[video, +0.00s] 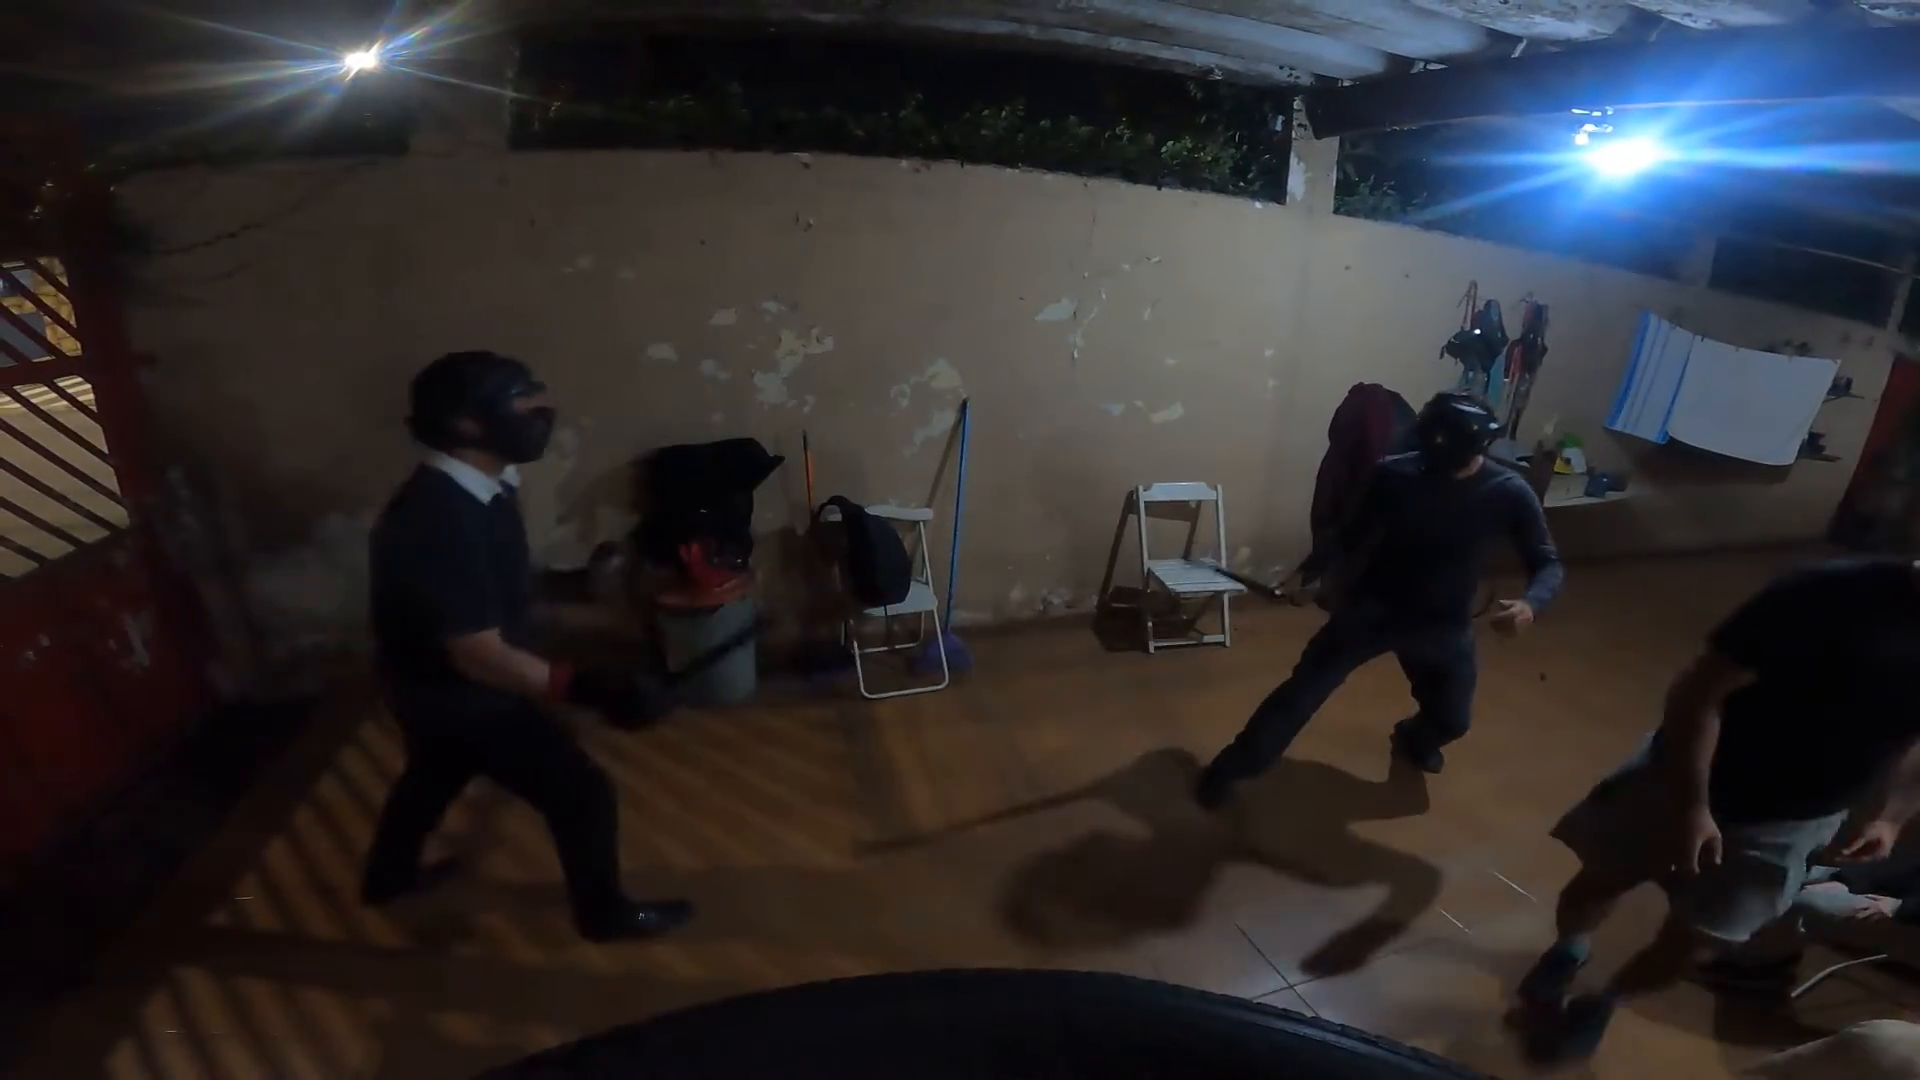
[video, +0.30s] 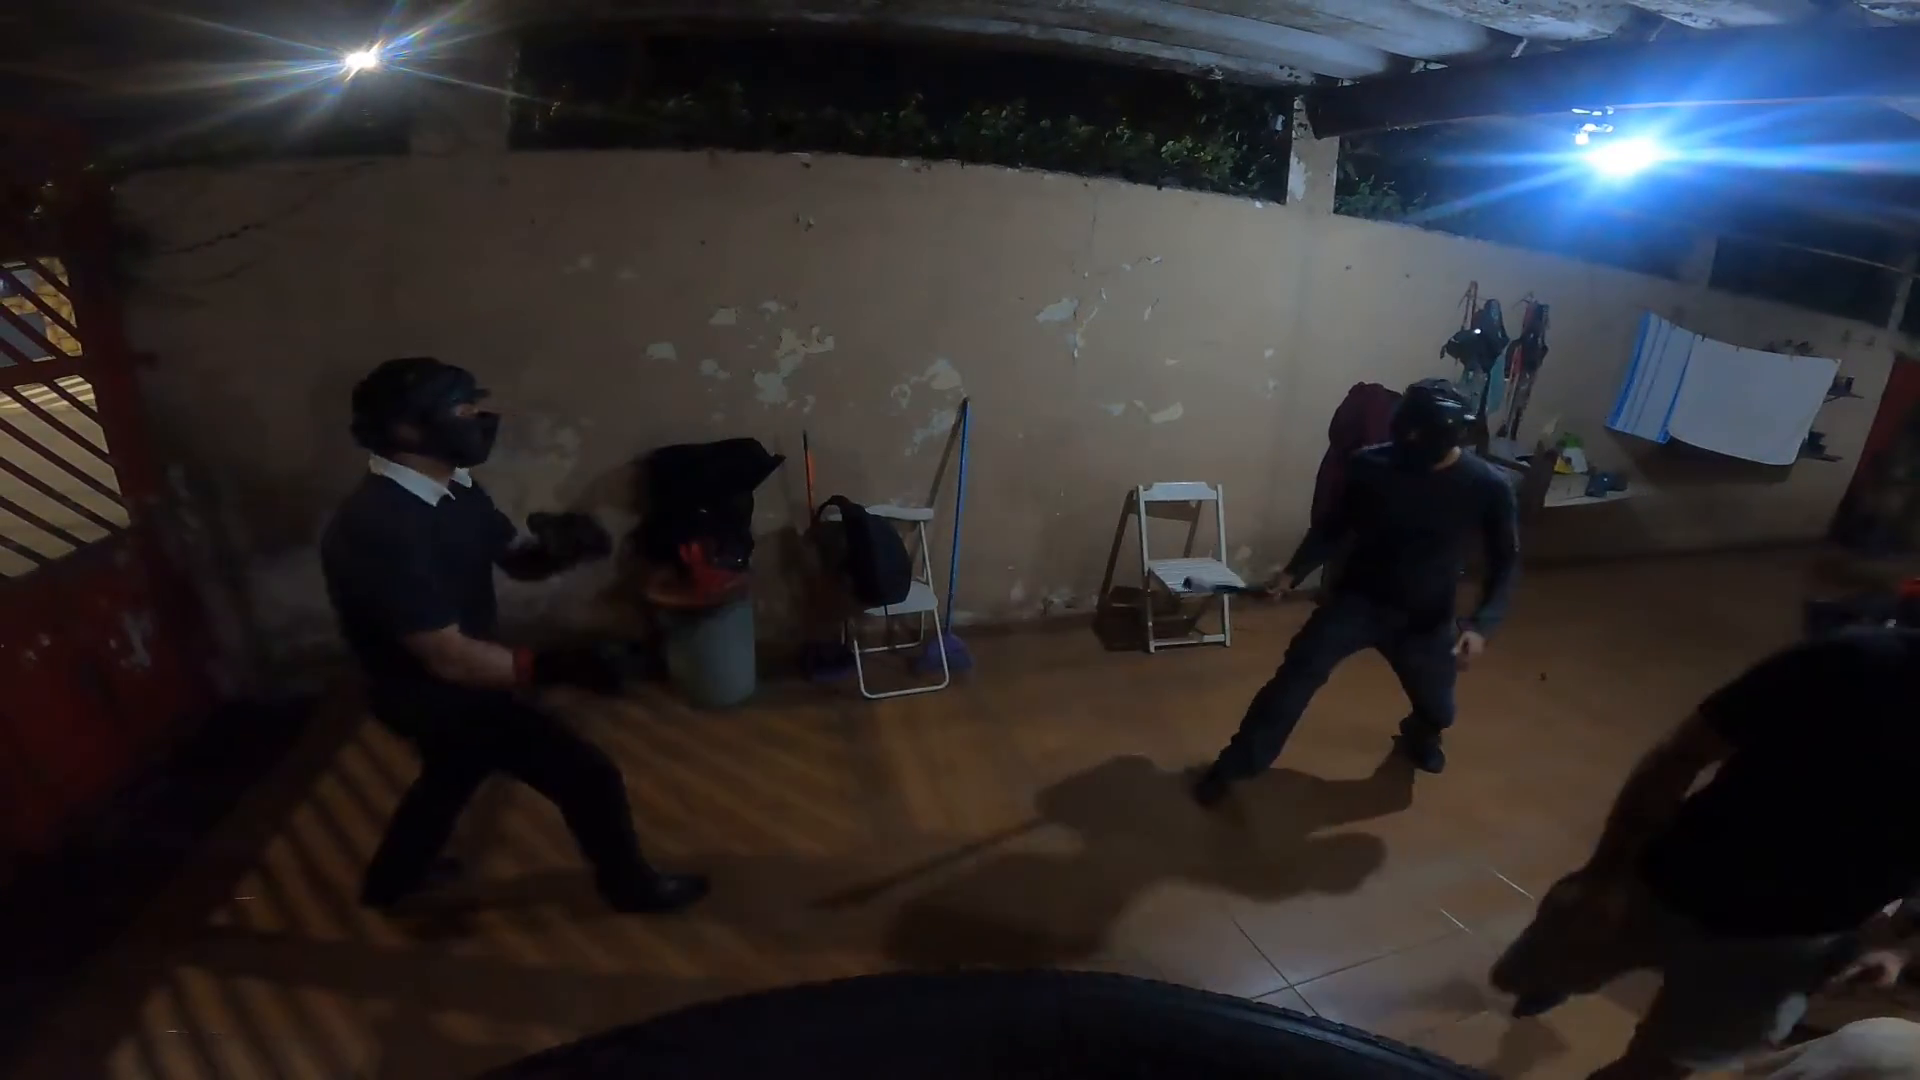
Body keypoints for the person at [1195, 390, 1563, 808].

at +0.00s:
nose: (1477, 459)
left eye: (1474, 449)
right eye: (1467, 450)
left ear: (1474, 449)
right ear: (1438, 445)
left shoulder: (1509, 493)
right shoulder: (1392, 477)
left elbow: (1548, 564)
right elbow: (1350, 536)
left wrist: (1531, 601)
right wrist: (1313, 578)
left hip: (1443, 622)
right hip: (1371, 611)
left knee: (1451, 719)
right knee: (1299, 695)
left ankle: (1413, 741)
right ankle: (1228, 770)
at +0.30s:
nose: (1407, 439)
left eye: (1419, 431)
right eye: (1406, 427)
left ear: (1450, 436)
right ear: (1401, 426)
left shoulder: (1488, 487)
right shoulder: (1370, 467)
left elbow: (1505, 564)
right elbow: (1334, 526)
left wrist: (1481, 627)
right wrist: (1293, 572)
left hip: (1424, 619)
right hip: (1355, 605)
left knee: (1438, 709)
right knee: (1296, 676)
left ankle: (1420, 736)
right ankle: (1233, 764)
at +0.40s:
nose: (1382, 451)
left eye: (1392, 443)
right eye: (1378, 440)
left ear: (1423, 438)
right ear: (1372, 432)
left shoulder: (1461, 484)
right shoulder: (1344, 465)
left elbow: (1482, 559)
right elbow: (1311, 524)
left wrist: (1445, 622)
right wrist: (1276, 579)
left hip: (1405, 610)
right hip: (1335, 602)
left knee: (1422, 696)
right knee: (1286, 675)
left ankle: (1425, 752)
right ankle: (1233, 764)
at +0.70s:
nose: (1345, 464)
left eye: (1354, 455)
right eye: (1338, 453)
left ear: (1384, 444)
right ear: (1330, 442)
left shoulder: (1425, 481)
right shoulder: (1310, 472)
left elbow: (1466, 548)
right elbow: (1269, 526)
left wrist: (1444, 617)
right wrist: (1221, 575)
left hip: (1388, 608)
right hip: (1318, 599)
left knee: (1399, 705)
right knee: (1274, 673)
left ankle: (1392, 747)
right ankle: (1230, 765)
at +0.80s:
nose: (1352, 465)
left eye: (1362, 457)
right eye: (1345, 454)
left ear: (1391, 445)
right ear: (1337, 442)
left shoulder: (1429, 484)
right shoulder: (1316, 472)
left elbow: (1471, 554)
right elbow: (1274, 529)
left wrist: (1452, 612)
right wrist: (1225, 576)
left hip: (1388, 609)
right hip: (1319, 599)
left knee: (1397, 704)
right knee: (1274, 671)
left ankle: (1390, 745)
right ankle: (1232, 761)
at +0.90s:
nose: (1364, 467)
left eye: (1375, 459)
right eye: (1356, 456)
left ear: (1400, 445)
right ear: (1348, 441)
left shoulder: (1438, 487)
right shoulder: (1323, 474)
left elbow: (1468, 567)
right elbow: (1287, 532)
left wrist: (1433, 594)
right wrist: (1245, 584)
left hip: (1390, 611)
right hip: (1321, 601)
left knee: (1397, 707)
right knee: (1272, 680)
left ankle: (1391, 747)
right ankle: (1233, 762)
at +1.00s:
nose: (1354, 452)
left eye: (1365, 444)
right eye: (1353, 441)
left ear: (1401, 445)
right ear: (1353, 438)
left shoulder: (1442, 490)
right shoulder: (1330, 473)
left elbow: (1450, 571)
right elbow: (1297, 536)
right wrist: (1267, 593)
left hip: (1393, 612)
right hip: (1324, 599)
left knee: (1396, 705)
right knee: (1273, 677)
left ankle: (1391, 747)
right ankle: (1234, 760)